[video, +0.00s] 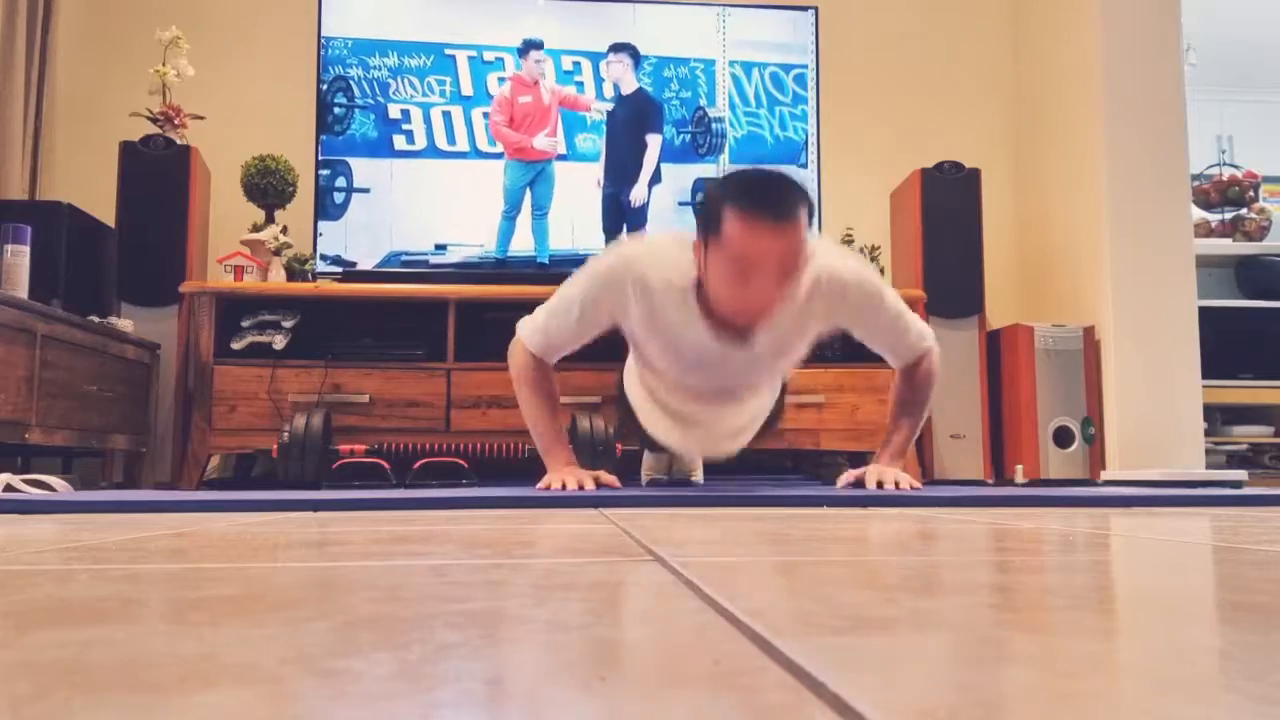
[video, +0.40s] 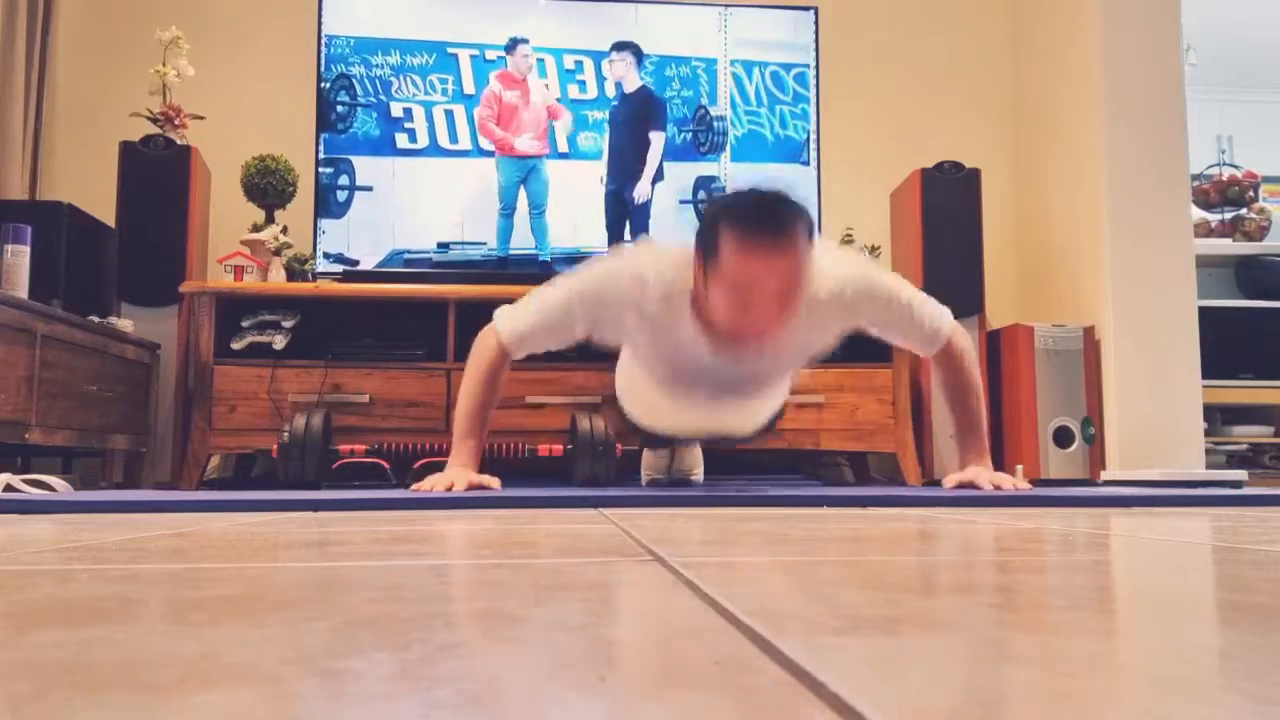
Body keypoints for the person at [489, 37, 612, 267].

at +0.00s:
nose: (542, 66)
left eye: (543, 61)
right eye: (537, 62)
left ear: (544, 61)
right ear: (523, 62)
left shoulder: (549, 89)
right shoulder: (507, 92)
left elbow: (572, 99)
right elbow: (498, 129)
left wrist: (593, 104)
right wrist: (532, 142)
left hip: (545, 163)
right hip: (518, 163)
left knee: (541, 213)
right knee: (510, 212)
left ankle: (543, 260)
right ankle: (500, 258)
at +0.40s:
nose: (531, 61)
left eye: (531, 56)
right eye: (525, 56)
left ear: (532, 57)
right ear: (510, 58)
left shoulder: (537, 86)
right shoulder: (496, 88)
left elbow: (553, 108)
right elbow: (484, 123)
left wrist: (563, 115)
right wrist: (512, 142)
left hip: (537, 159)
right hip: (510, 159)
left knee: (539, 210)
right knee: (507, 209)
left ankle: (544, 257)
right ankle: (503, 256)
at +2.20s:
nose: (526, 51)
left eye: (531, 47)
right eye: (521, 45)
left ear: (535, 52)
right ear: (511, 48)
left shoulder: (538, 82)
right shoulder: (497, 77)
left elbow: (559, 116)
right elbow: (476, 109)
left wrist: (543, 96)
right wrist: (505, 128)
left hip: (531, 156)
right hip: (502, 153)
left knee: (525, 207)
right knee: (484, 206)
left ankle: (525, 257)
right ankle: (464, 260)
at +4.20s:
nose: (519, 53)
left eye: (519, 48)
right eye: (515, 48)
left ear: (505, 50)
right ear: (499, 50)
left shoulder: (518, 79)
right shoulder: (479, 79)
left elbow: (539, 115)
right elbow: (466, 115)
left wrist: (527, 97)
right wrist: (505, 122)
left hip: (520, 155)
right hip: (491, 155)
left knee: (518, 208)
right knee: (478, 209)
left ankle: (527, 255)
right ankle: (465, 262)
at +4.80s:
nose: (517, 53)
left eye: (517, 48)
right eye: (512, 48)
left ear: (509, 51)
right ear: (496, 51)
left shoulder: (519, 80)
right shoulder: (480, 82)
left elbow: (547, 106)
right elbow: (472, 116)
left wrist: (532, 92)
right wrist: (508, 122)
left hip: (521, 154)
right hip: (494, 155)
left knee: (520, 207)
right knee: (480, 208)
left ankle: (528, 252)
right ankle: (468, 260)